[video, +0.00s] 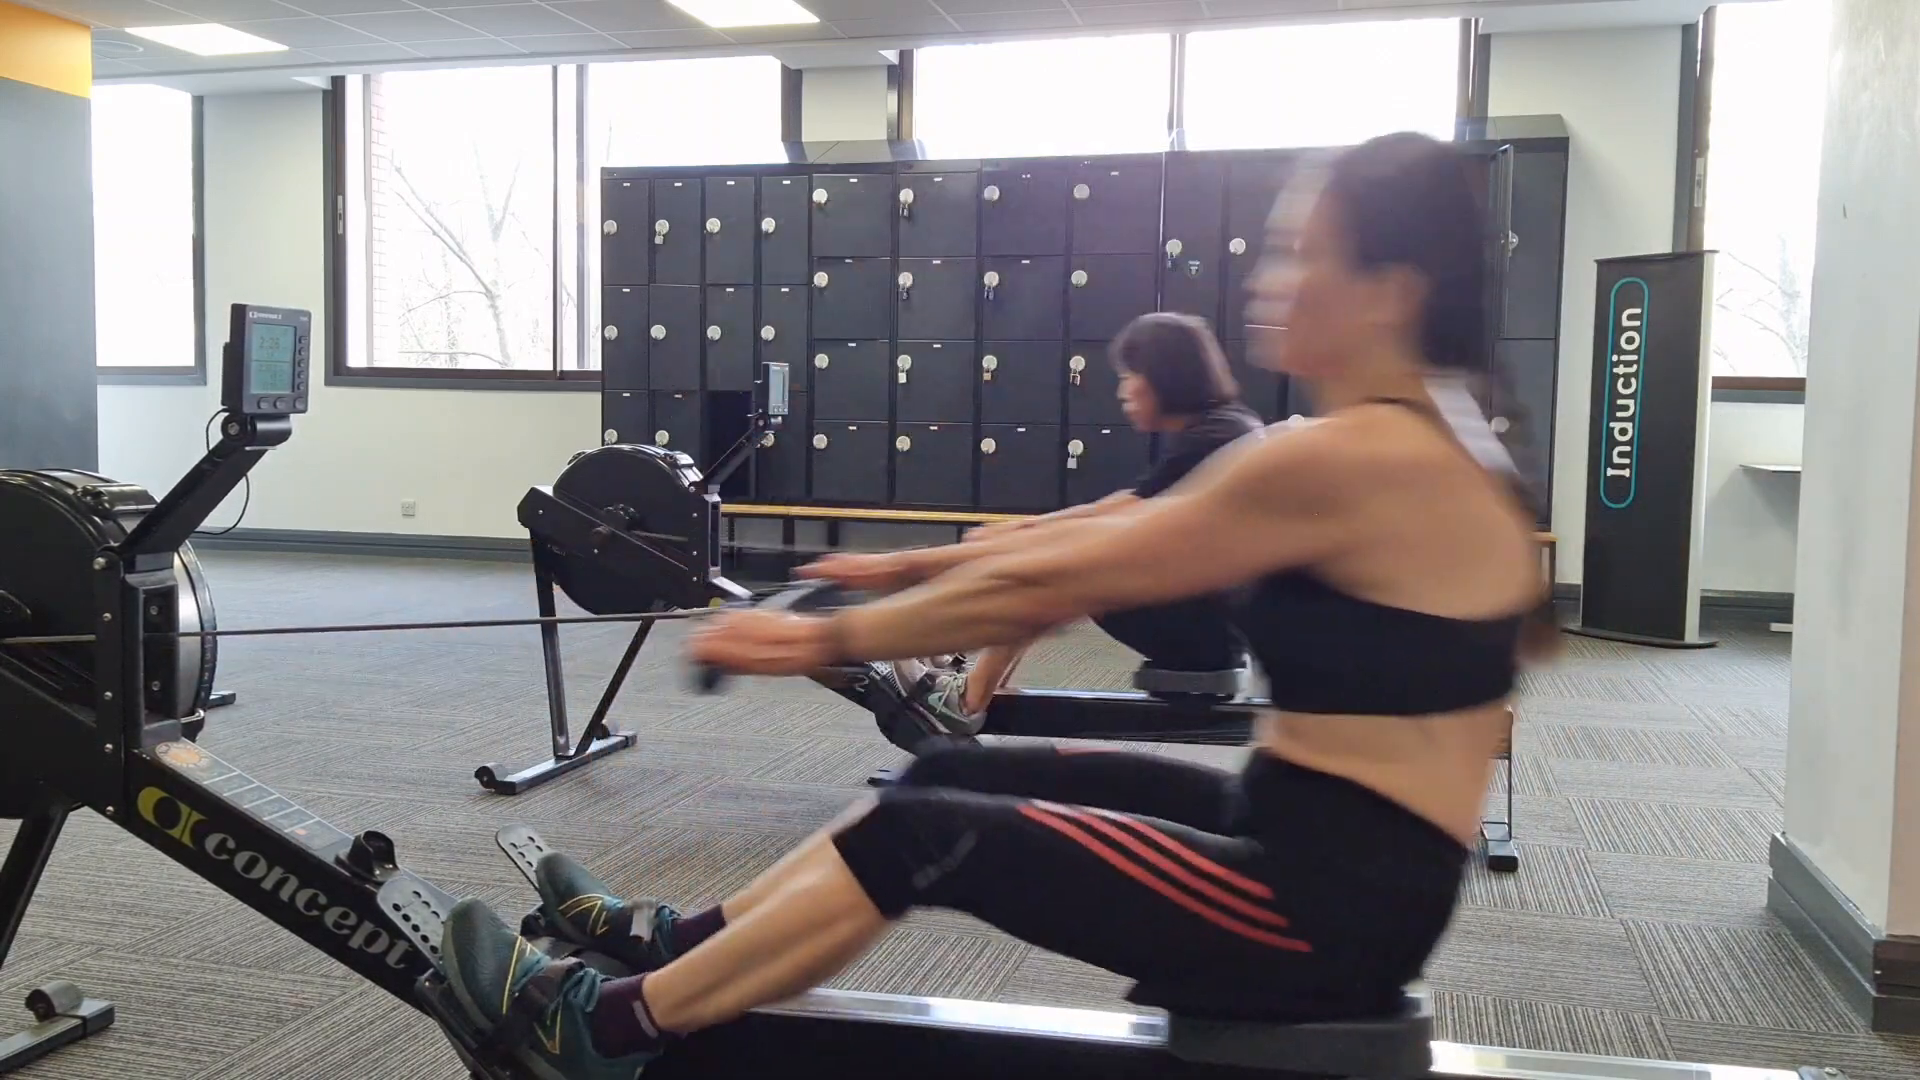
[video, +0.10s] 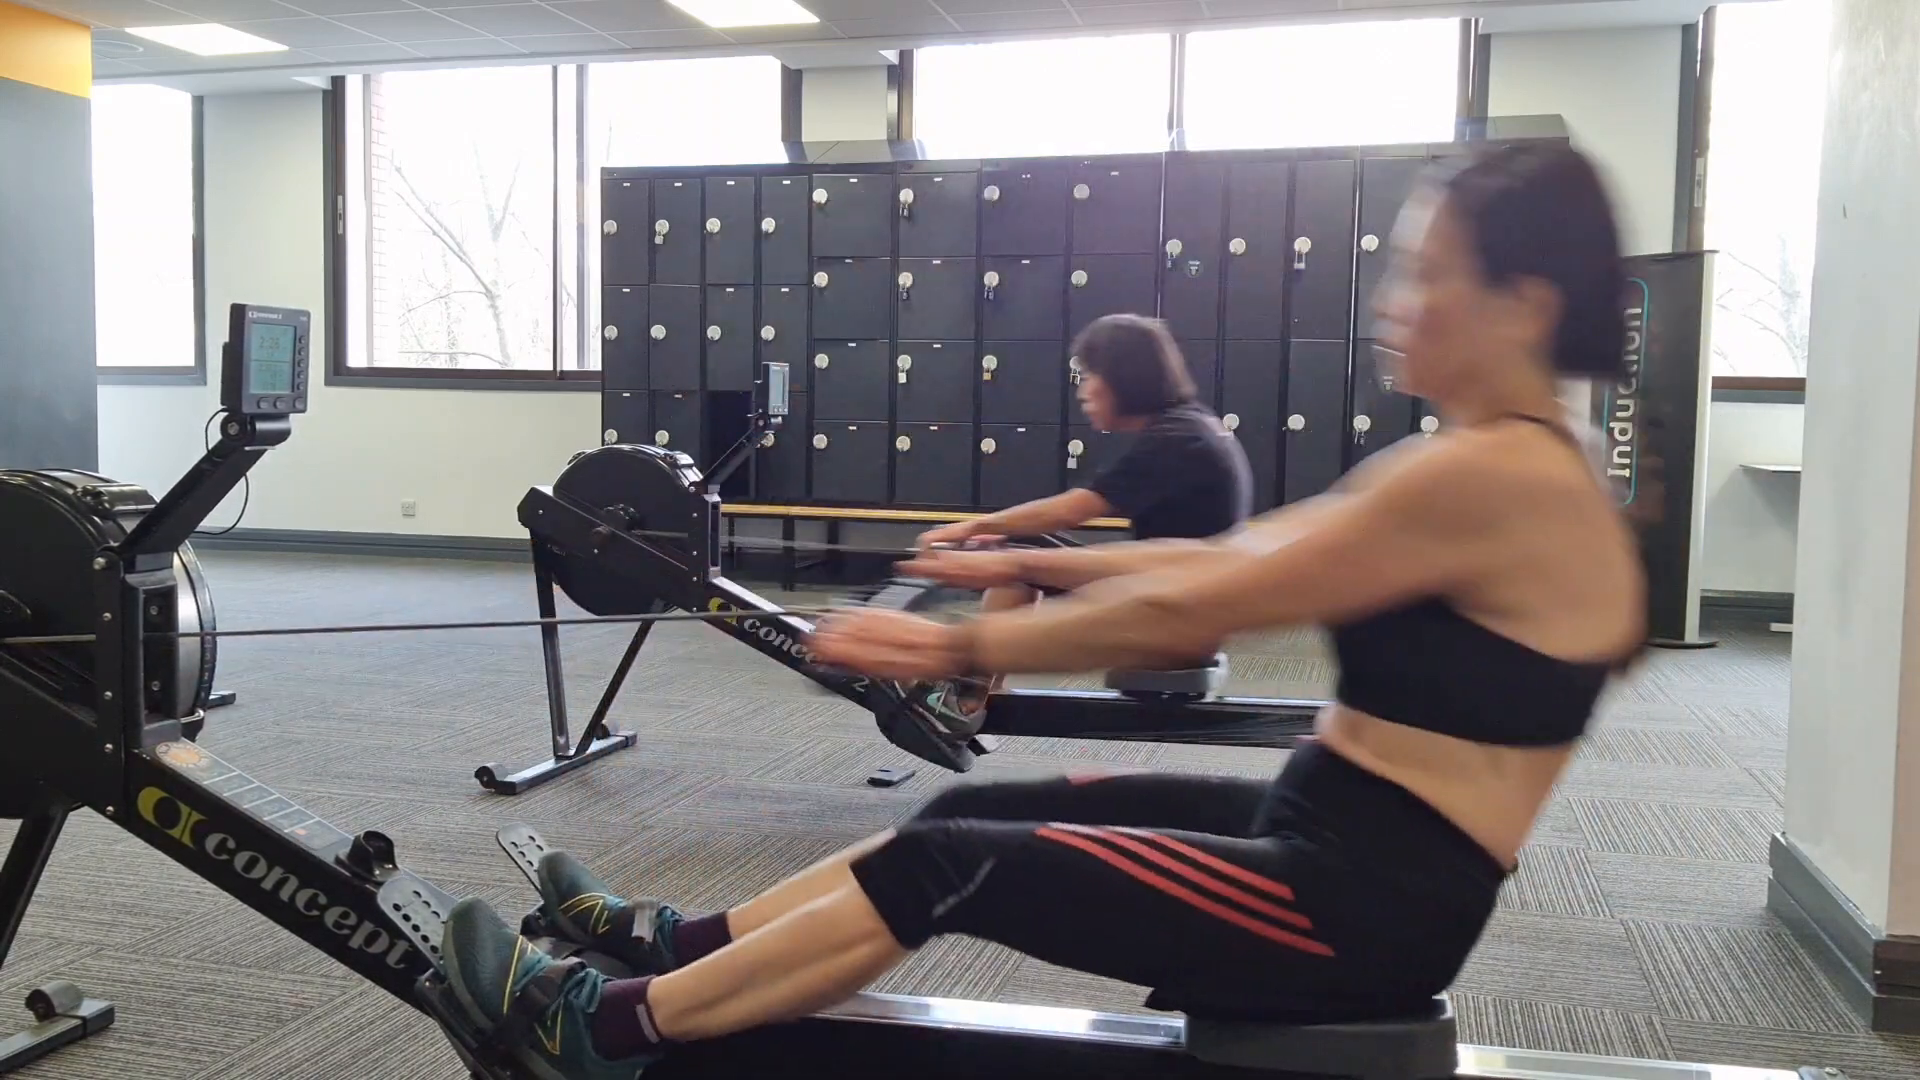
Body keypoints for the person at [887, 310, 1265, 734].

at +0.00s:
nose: (1121, 392)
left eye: (1129, 376)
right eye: (1121, 378)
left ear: (1166, 379)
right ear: (1176, 378)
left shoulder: (1212, 442)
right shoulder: (1204, 435)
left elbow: (1109, 516)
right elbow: (1101, 510)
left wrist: (1008, 540)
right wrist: (1015, 532)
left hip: (1204, 638)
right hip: (1201, 627)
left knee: (1066, 562)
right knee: (1062, 548)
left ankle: (972, 700)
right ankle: (979, 692)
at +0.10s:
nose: (1081, 393)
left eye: (1087, 378)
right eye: (1081, 380)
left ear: (1124, 379)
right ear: (1143, 376)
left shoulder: (1171, 442)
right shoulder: (1192, 429)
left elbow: (1073, 508)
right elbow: (1084, 507)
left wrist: (969, 526)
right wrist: (1003, 531)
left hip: (1176, 605)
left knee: (1019, 559)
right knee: (1027, 549)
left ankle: (970, 696)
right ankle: (978, 687)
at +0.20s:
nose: (1042, 394)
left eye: (1050, 379)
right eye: (1043, 380)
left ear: (1085, 381)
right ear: (1103, 378)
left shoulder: (1129, 443)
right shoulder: (1154, 427)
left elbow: (1025, 507)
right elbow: (1039, 507)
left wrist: (922, 528)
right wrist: (968, 538)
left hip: (1146, 629)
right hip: (1167, 621)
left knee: (997, 538)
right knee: (1013, 536)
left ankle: (973, 666)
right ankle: (989, 667)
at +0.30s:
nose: (1006, 394)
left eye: (1013, 380)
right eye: (1006, 381)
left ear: (1047, 383)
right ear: (1064, 381)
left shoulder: (1091, 442)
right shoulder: (1117, 429)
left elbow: (980, 504)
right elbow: (1007, 507)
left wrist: (876, 532)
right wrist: (942, 538)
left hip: (1120, 627)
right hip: (1139, 619)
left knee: (976, 538)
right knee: (994, 533)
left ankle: (966, 700)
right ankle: (984, 691)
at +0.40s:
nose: (973, 397)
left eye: (979, 383)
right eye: (974, 384)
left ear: (1013, 384)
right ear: (1030, 383)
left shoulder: (1054, 442)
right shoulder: (1079, 430)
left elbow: (939, 503)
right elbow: (975, 504)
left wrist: (840, 533)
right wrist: (899, 539)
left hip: (1096, 628)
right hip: (1111, 621)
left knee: (957, 534)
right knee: (973, 529)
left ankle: (968, 694)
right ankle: (986, 681)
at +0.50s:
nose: (946, 401)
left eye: (952, 386)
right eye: (947, 387)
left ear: (985, 387)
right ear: (1004, 385)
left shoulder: (1025, 442)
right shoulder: (1053, 432)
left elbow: (909, 502)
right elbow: (943, 502)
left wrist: (810, 530)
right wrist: (867, 536)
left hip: (1077, 630)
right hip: (1092, 622)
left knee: (939, 531)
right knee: (954, 526)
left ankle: (967, 695)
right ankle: (987, 677)